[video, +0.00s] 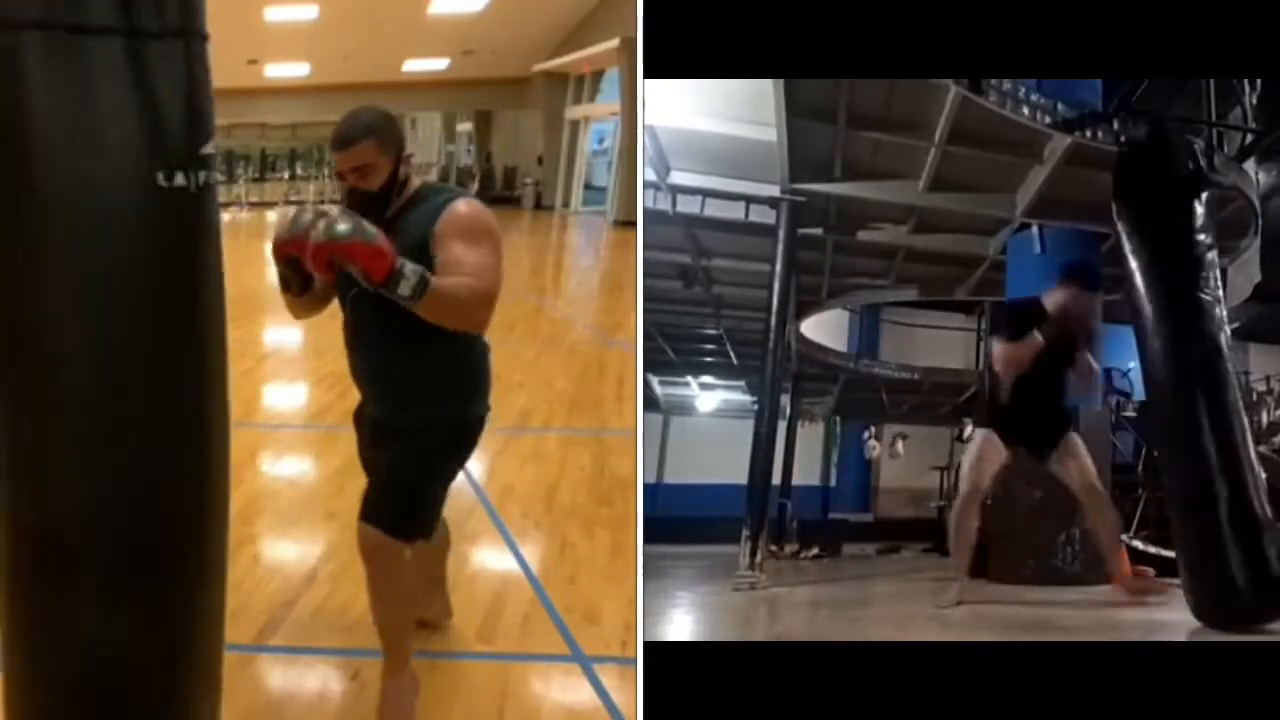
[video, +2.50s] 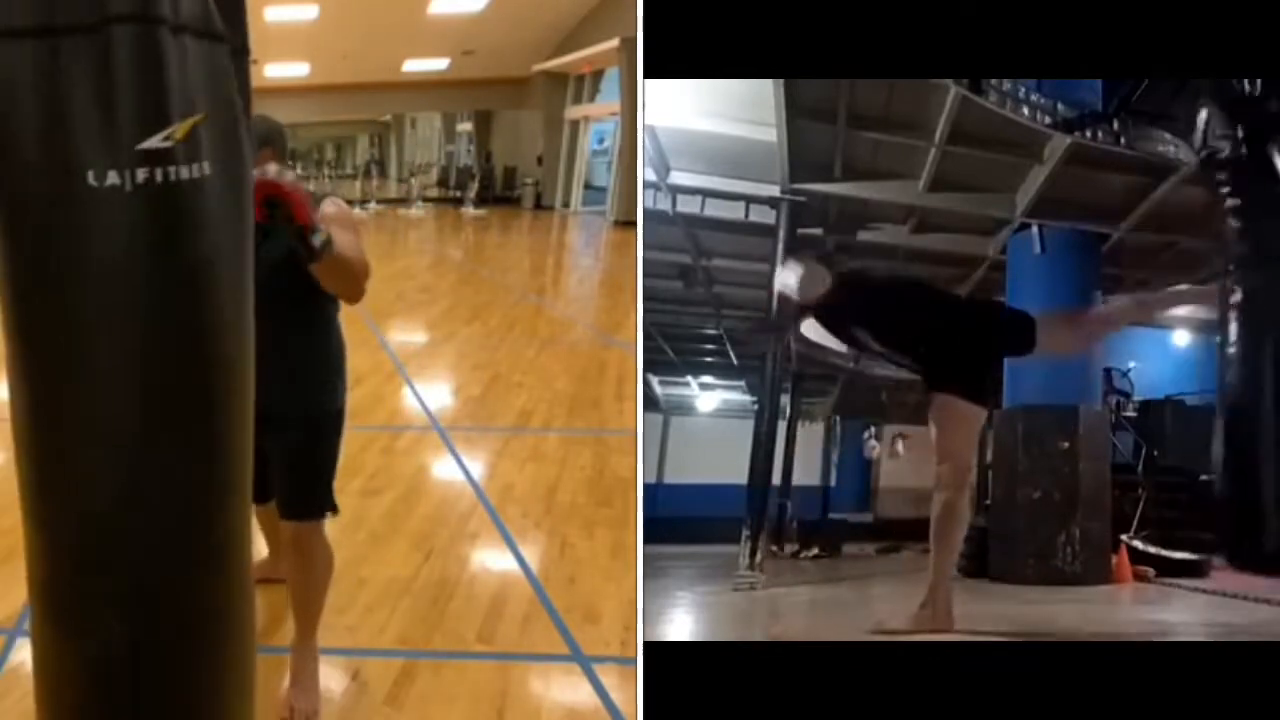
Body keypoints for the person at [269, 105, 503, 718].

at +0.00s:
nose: (350, 187)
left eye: (363, 173)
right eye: (342, 175)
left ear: (399, 163)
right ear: (335, 169)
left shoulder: (457, 216)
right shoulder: (351, 222)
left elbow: (474, 310)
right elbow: (306, 304)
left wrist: (389, 270)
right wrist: (293, 264)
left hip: (441, 409)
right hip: (381, 400)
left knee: (380, 536)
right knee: (417, 516)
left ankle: (397, 677)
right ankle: (432, 605)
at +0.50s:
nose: (364, 221)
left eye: (378, 204)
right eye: (351, 208)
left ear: (416, 186)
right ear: (338, 199)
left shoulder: (472, 238)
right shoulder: (321, 260)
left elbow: (586, 292)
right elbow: (238, 318)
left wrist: (535, 245)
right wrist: (180, 354)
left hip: (454, 453)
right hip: (369, 446)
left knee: (422, 606)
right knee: (377, 534)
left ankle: (410, 712)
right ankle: (421, 586)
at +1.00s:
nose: (346, 183)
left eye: (358, 172)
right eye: (340, 171)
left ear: (395, 162)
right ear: (336, 164)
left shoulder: (450, 225)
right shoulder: (338, 228)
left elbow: (498, 314)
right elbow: (306, 315)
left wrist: (415, 304)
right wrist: (295, 291)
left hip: (419, 404)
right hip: (357, 395)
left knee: (390, 552)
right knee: (373, 506)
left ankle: (392, 700)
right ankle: (387, 586)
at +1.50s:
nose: (322, 196)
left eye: (337, 185)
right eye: (316, 183)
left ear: (373, 176)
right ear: (309, 174)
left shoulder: (421, 242)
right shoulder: (307, 232)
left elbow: (457, 334)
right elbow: (277, 291)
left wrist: (377, 323)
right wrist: (260, 297)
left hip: (385, 415)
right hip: (325, 405)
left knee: (357, 549)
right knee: (348, 509)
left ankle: (339, 686)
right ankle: (384, 585)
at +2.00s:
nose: (295, 186)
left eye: (309, 174)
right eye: (284, 172)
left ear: (334, 178)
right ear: (266, 176)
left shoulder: (371, 232)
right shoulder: (263, 229)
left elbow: (376, 331)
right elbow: (226, 281)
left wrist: (328, 255)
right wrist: (244, 223)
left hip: (340, 422)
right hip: (275, 405)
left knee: (336, 560)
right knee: (271, 486)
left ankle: (335, 682)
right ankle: (278, 558)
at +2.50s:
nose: (258, 178)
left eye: (265, 165)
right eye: (247, 168)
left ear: (282, 162)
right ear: (230, 171)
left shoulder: (325, 211)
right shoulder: (221, 217)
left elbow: (353, 286)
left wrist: (306, 228)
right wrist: (230, 214)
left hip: (307, 380)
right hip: (245, 375)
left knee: (302, 518)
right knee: (258, 485)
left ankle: (304, 655)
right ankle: (282, 556)